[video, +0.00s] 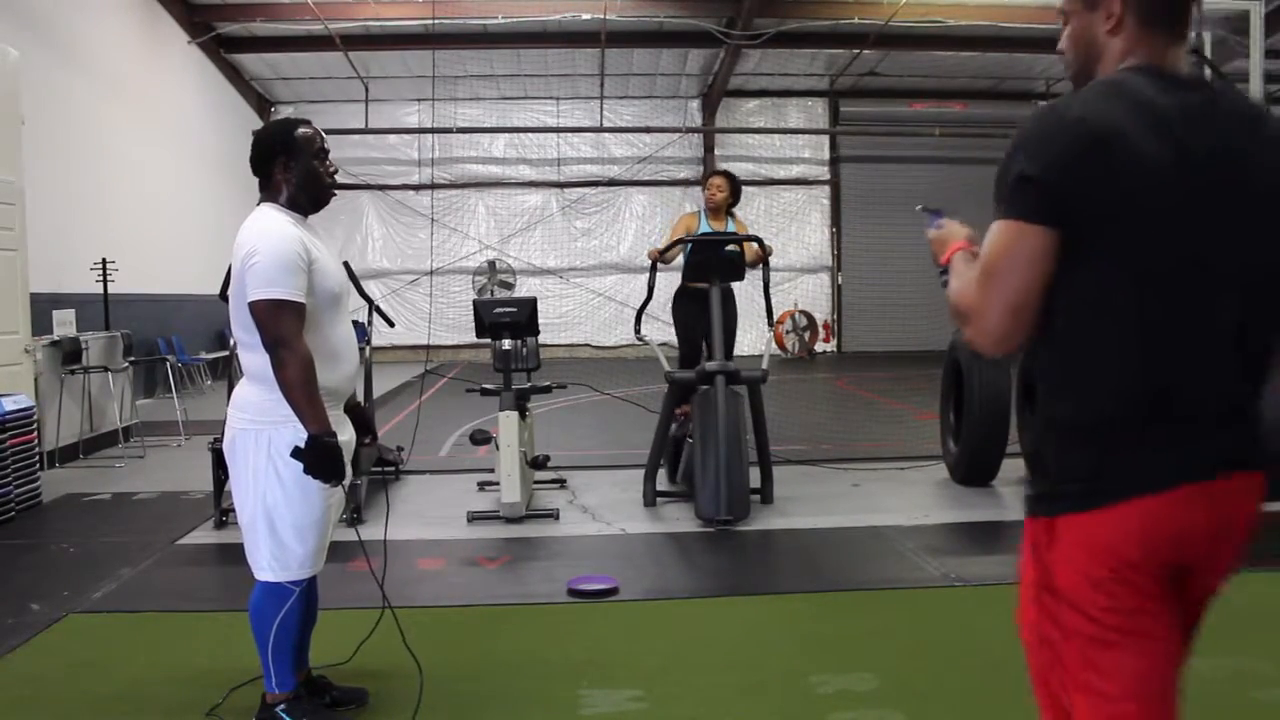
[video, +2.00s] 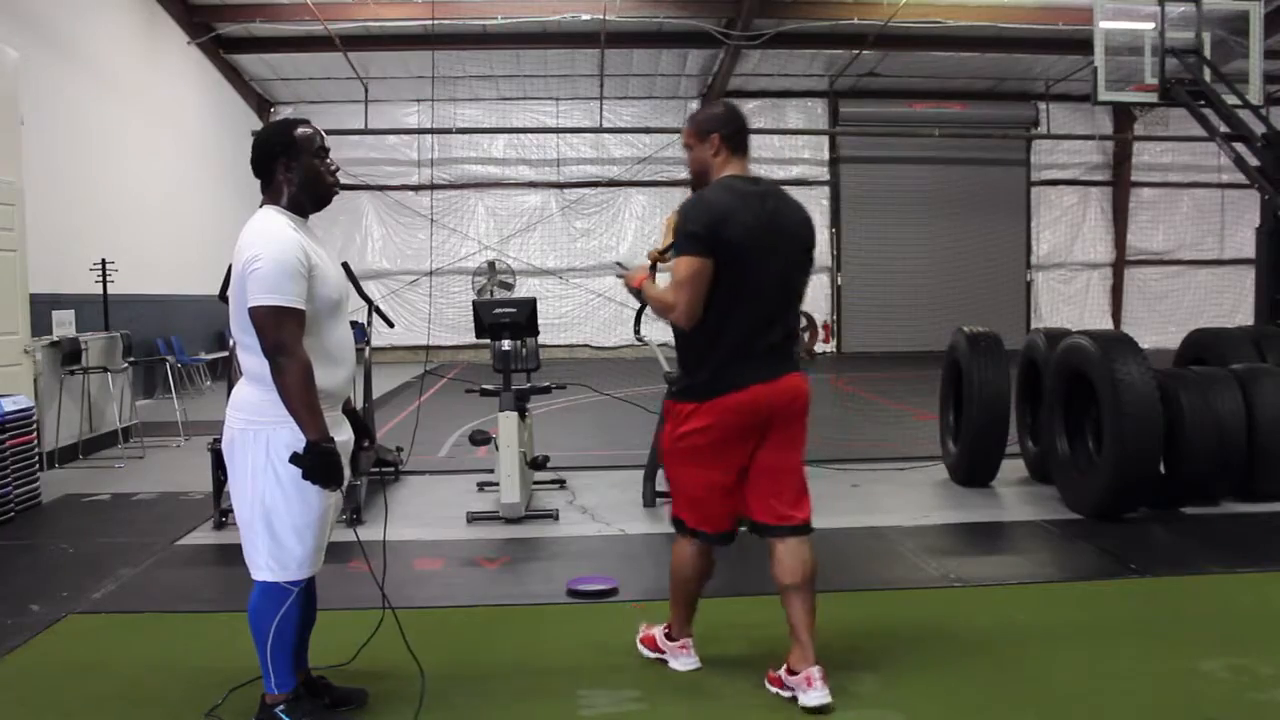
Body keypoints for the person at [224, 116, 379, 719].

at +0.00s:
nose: (333, 167)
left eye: (330, 156)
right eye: (320, 157)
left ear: (292, 170)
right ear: (286, 169)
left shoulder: (298, 235)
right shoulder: (272, 236)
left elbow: (317, 337)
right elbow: (282, 345)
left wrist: (352, 403)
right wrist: (318, 432)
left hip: (304, 426)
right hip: (277, 430)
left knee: (301, 564)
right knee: (284, 570)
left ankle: (297, 679)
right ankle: (281, 697)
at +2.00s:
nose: (334, 165)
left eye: (330, 154)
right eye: (321, 155)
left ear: (292, 171)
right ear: (286, 169)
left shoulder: (295, 238)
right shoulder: (272, 241)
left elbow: (311, 344)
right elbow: (282, 351)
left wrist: (349, 410)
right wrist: (317, 440)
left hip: (299, 427)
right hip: (275, 431)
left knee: (298, 566)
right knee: (282, 571)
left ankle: (296, 680)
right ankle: (280, 698)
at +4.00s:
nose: (344, 171)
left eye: (340, 159)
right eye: (332, 160)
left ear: (300, 172)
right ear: (297, 170)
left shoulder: (302, 239)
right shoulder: (279, 241)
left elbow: (317, 340)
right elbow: (285, 348)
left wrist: (358, 400)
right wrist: (341, 426)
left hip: (306, 429)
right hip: (281, 434)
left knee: (302, 565)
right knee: (283, 570)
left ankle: (297, 681)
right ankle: (280, 698)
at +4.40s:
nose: (357, 187)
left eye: (357, 174)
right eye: (350, 174)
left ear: (315, 175)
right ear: (312, 173)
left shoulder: (310, 235)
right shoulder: (279, 236)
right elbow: (268, 337)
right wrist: (266, 425)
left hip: (319, 427)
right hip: (289, 431)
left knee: (305, 568)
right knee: (288, 573)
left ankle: (298, 680)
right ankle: (279, 699)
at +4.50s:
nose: (370, 189)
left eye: (370, 177)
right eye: (363, 175)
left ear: (324, 175)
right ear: (324, 174)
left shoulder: (318, 236)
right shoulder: (282, 235)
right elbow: (243, 321)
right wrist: (202, 383)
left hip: (323, 429)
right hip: (291, 434)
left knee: (306, 566)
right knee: (287, 571)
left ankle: (299, 681)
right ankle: (278, 698)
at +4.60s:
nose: (378, 191)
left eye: (379, 179)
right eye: (371, 178)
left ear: (332, 177)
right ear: (330, 175)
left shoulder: (324, 239)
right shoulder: (284, 233)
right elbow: (237, 309)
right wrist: (191, 310)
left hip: (326, 426)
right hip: (292, 431)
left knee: (307, 565)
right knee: (289, 572)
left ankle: (297, 683)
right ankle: (280, 700)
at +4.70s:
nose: (378, 192)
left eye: (379, 179)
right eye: (370, 178)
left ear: (333, 178)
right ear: (331, 176)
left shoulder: (326, 235)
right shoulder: (289, 227)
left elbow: (327, 339)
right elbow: (241, 301)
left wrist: (356, 420)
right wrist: (240, 245)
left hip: (324, 426)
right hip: (290, 430)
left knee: (307, 566)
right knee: (290, 571)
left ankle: (299, 681)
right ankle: (280, 698)